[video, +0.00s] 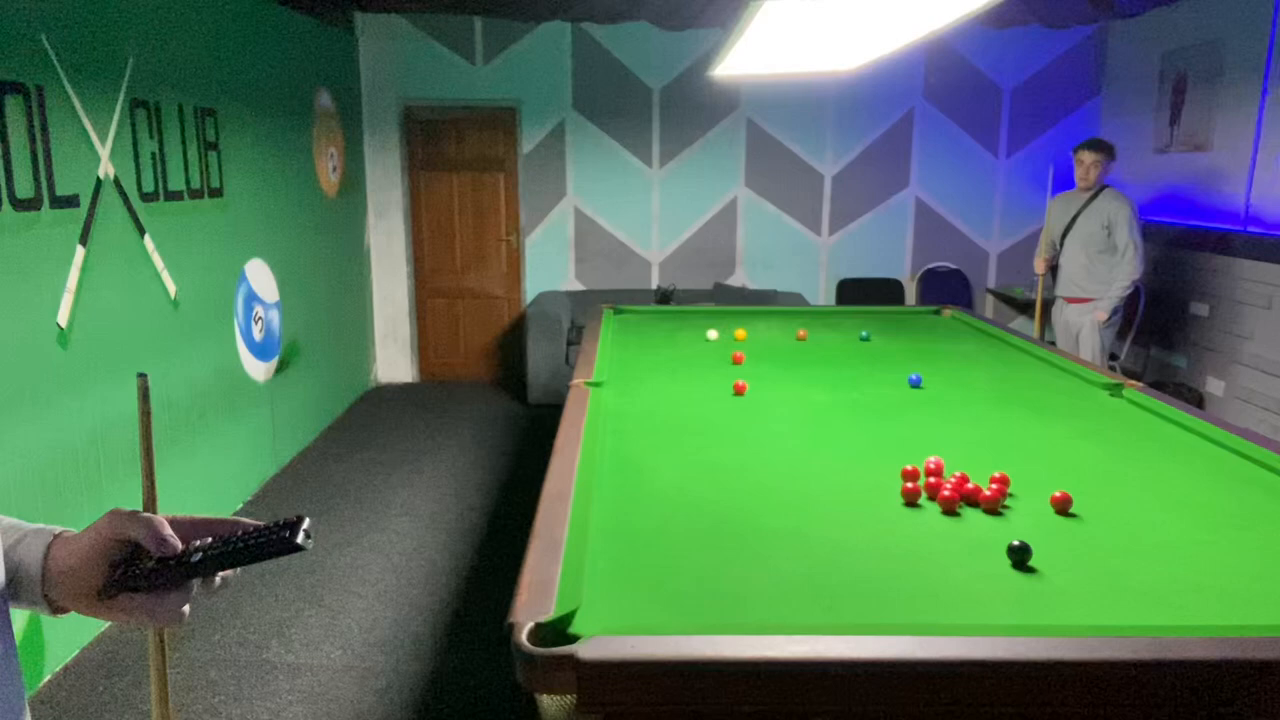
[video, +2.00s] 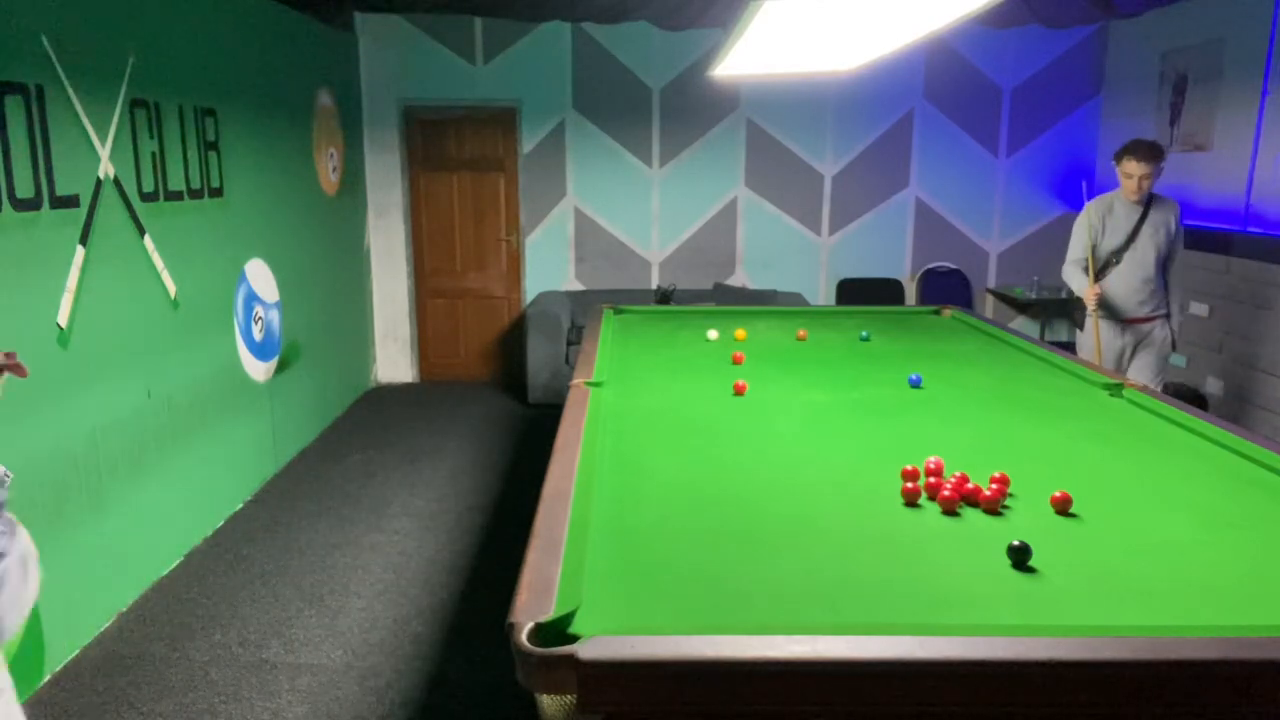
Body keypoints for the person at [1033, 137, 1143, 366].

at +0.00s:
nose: (1085, 171)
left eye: (1094, 165)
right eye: (1080, 163)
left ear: (1106, 169)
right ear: (1074, 164)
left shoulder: (1118, 206)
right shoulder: (1058, 204)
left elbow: (1132, 265)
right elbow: (1047, 243)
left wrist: (1107, 307)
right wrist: (1041, 261)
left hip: (1097, 307)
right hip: (1062, 305)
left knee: (1091, 382)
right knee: (1065, 378)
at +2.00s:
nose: (1136, 186)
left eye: (1145, 178)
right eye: (1128, 177)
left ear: (1157, 175)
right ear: (1118, 172)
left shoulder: (1169, 212)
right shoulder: (1095, 211)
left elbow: (1172, 272)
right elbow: (1072, 265)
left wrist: (1174, 324)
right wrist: (1085, 289)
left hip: (1152, 330)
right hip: (1103, 329)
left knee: (1140, 414)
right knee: (1096, 411)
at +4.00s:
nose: (1154, 187)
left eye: (1165, 178)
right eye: (1149, 178)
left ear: (1192, 172)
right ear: (1144, 172)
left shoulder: (1217, 222)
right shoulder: (1131, 212)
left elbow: (1228, 297)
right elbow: (1106, 274)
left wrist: (1174, 340)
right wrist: (1088, 328)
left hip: (1173, 361)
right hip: (1120, 351)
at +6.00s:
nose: (1177, 194)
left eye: (1190, 185)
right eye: (1170, 183)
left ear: (1214, 179)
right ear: (1164, 176)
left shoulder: (1238, 228)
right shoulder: (1143, 215)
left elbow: (1251, 297)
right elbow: (1112, 275)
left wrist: (1198, 329)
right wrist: (1100, 329)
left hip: (1194, 366)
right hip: (1136, 357)